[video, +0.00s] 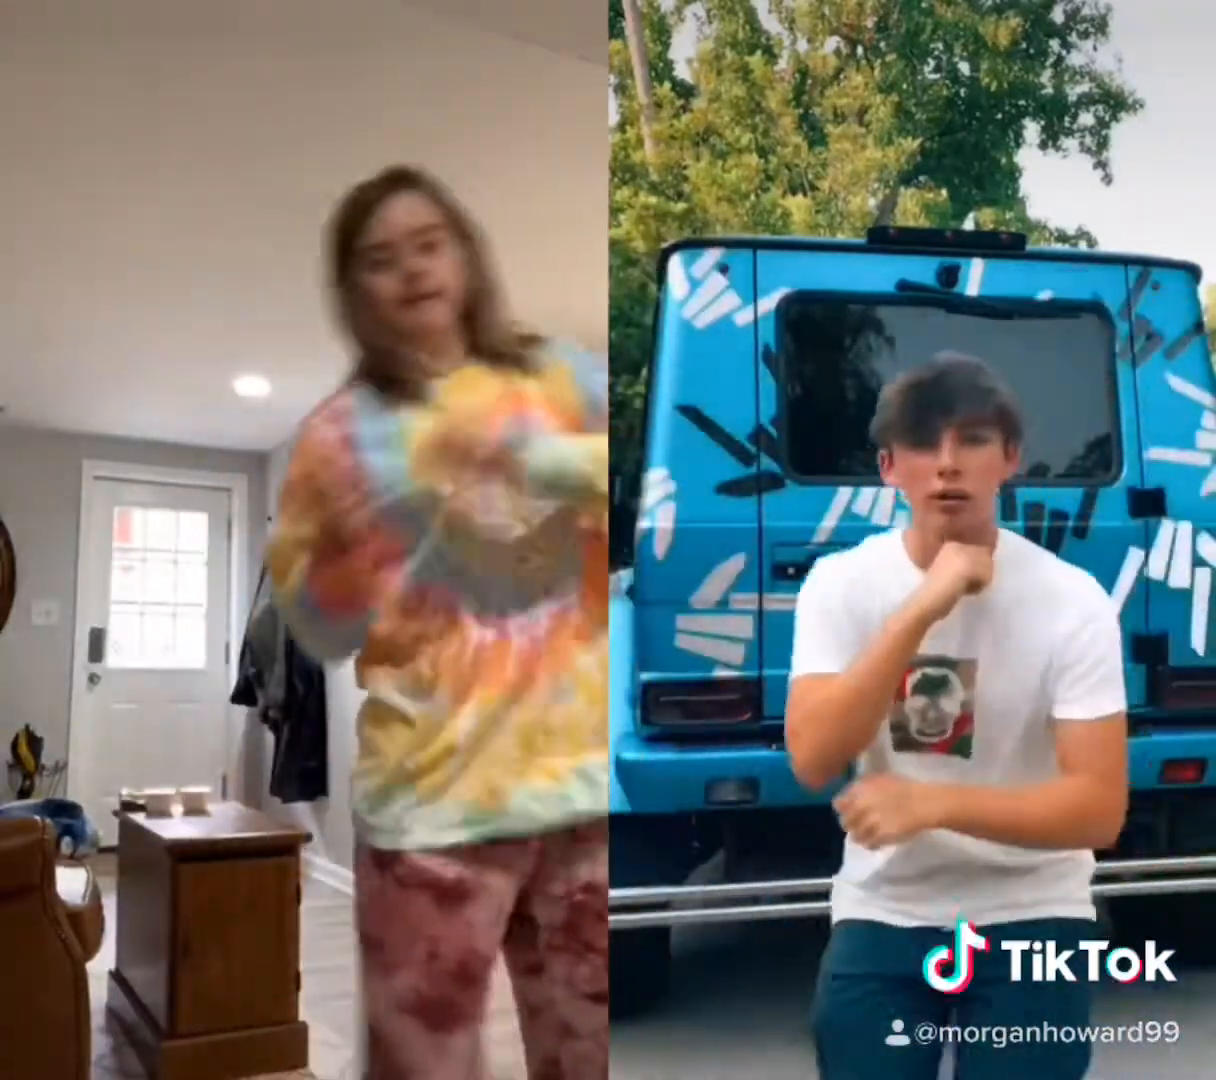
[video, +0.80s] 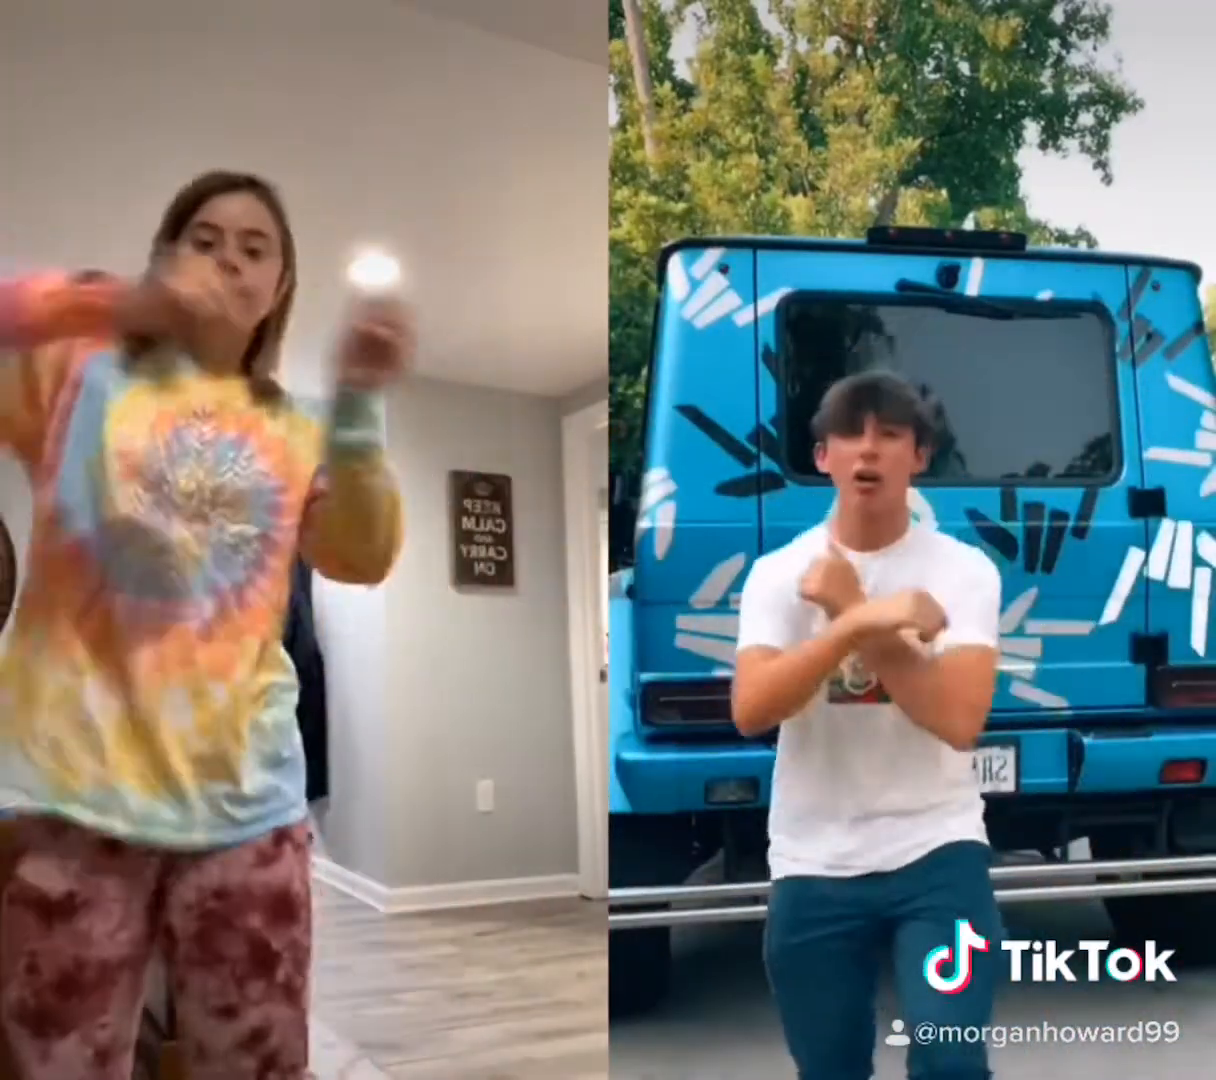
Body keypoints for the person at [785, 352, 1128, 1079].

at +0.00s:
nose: (949, 464)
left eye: (973, 440)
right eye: (925, 443)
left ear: (1010, 460)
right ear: (890, 468)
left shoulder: (1071, 603)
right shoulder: (839, 584)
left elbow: (1099, 809)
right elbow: (813, 762)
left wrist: (933, 803)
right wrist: (922, 608)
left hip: (1035, 912)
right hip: (884, 910)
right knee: (859, 1047)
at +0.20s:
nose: (897, 437)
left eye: (924, 415)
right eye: (885, 414)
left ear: (983, 432)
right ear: (868, 425)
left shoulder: (1038, 566)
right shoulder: (826, 548)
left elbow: (1066, 760)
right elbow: (801, 738)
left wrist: (913, 790)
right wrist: (917, 675)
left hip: (999, 887)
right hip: (857, 883)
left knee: (980, 1068)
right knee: (860, 1065)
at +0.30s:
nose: (873, 456)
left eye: (900, 435)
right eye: (871, 434)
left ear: (968, 458)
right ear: (861, 447)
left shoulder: (1037, 592)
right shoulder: (821, 577)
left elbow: (1108, 747)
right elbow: (796, 718)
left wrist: (1008, 823)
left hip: (990, 902)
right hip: (847, 890)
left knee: (974, 1065)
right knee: (827, 1065)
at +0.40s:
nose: (866, 459)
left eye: (895, 439)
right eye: (866, 439)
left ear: (961, 463)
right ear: (859, 452)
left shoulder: (1032, 583)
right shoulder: (812, 572)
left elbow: (1108, 700)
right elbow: (770, 679)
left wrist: (1113, 761)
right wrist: (690, 734)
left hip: (982, 878)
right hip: (843, 871)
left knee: (978, 1068)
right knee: (812, 1065)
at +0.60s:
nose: (834, 412)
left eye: (859, 397)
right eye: (836, 394)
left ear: (924, 417)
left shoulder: (996, 528)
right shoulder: (798, 516)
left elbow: (1016, 671)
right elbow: (767, 669)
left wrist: (1036, 695)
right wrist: (664, 651)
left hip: (958, 838)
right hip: (824, 841)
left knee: (955, 1061)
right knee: (824, 1063)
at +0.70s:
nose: (846, 432)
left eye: (872, 415)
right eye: (836, 413)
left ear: (922, 438)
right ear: (822, 426)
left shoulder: (977, 558)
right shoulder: (785, 554)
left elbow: (983, 723)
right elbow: (757, 723)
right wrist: (765, 675)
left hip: (947, 845)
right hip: (815, 852)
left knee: (946, 1059)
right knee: (828, 1065)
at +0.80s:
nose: (869, 452)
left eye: (889, 437)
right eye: (851, 436)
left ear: (918, 458)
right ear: (824, 457)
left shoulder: (964, 571)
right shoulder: (779, 574)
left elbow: (960, 719)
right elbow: (751, 710)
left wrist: (856, 613)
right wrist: (859, 624)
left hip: (938, 851)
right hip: (812, 862)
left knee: (951, 1058)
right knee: (828, 1068)